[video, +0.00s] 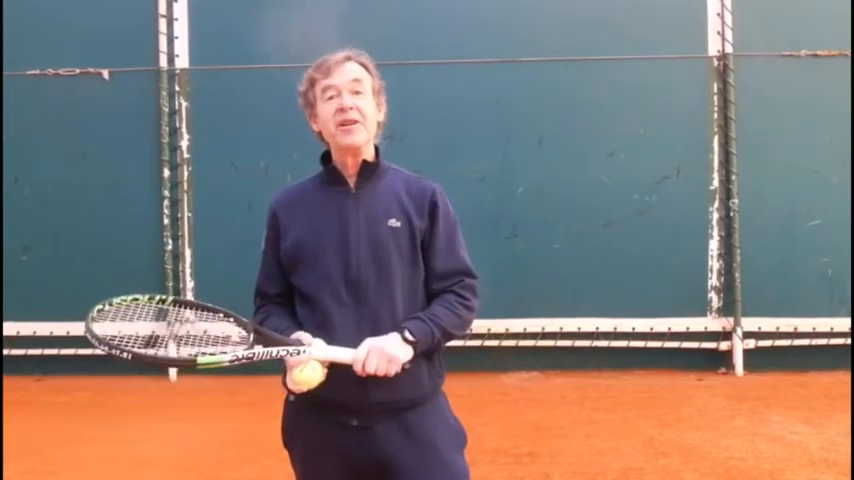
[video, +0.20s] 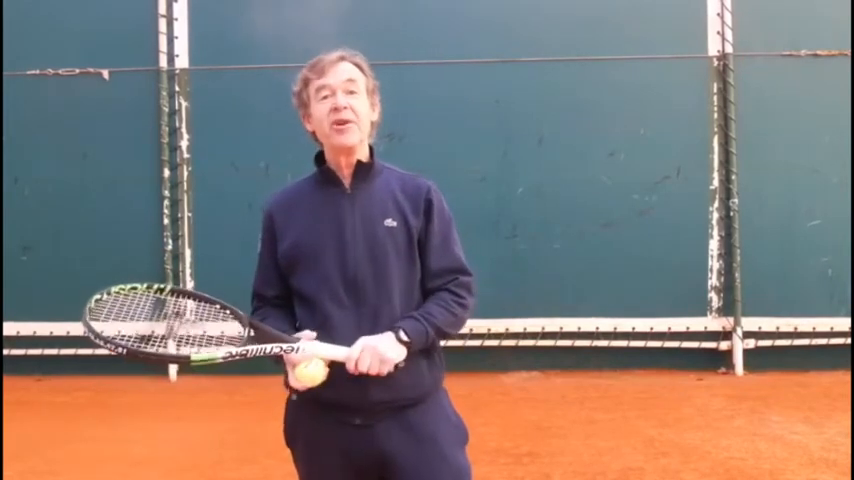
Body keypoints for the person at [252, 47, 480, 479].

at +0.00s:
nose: (345, 102)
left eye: (357, 91)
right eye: (330, 95)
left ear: (380, 109)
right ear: (315, 120)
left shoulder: (423, 199)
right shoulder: (287, 209)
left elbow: (460, 295)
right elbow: (269, 306)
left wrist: (404, 339)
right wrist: (295, 344)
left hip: (415, 422)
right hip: (321, 427)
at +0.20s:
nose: (339, 102)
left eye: (351, 90)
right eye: (324, 95)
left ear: (373, 108)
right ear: (309, 121)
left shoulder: (418, 197)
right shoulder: (283, 211)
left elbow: (455, 292)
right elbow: (268, 307)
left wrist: (399, 338)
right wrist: (292, 346)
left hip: (416, 420)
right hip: (323, 424)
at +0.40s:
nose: (331, 103)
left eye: (342, 91)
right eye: (315, 96)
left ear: (364, 108)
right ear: (299, 120)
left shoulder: (412, 193)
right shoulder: (278, 212)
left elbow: (454, 285)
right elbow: (266, 309)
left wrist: (403, 342)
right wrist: (292, 348)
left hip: (419, 416)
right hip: (327, 424)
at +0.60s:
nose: (322, 103)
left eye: (334, 90)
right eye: (307, 97)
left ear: (357, 106)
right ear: (292, 122)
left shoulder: (408, 188)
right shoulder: (274, 214)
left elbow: (452, 275)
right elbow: (267, 308)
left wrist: (420, 339)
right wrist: (285, 354)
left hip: (426, 413)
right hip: (335, 421)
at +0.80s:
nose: (326, 100)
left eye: (337, 87)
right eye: (311, 93)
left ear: (361, 101)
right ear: (297, 117)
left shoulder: (413, 184)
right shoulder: (277, 210)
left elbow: (455, 272)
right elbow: (268, 305)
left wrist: (422, 336)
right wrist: (295, 350)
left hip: (432, 410)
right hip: (342, 419)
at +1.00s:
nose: (343, 97)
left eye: (355, 84)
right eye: (328, 89)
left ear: (380, 99)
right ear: (314, 111)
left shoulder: (426, 186)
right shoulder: (288, 204)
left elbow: (465, 277)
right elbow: (275, 301)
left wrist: (428, 333)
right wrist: (320, 343)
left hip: (433, 411)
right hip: (344, 418)